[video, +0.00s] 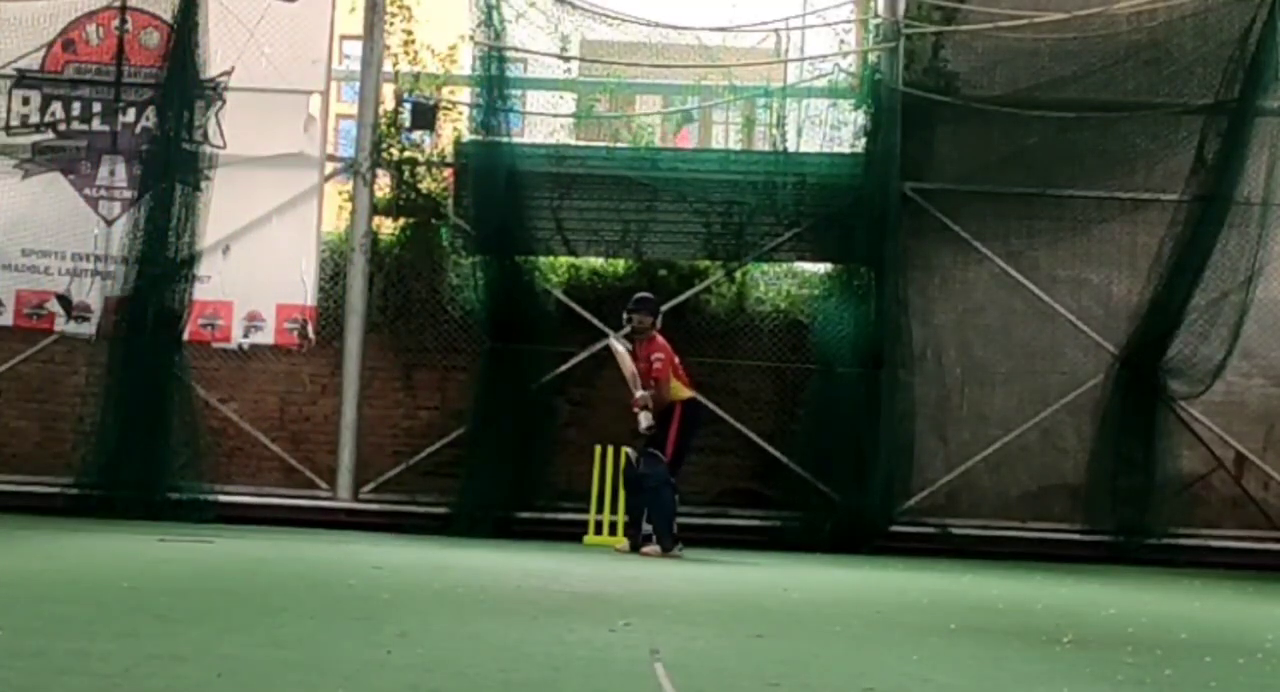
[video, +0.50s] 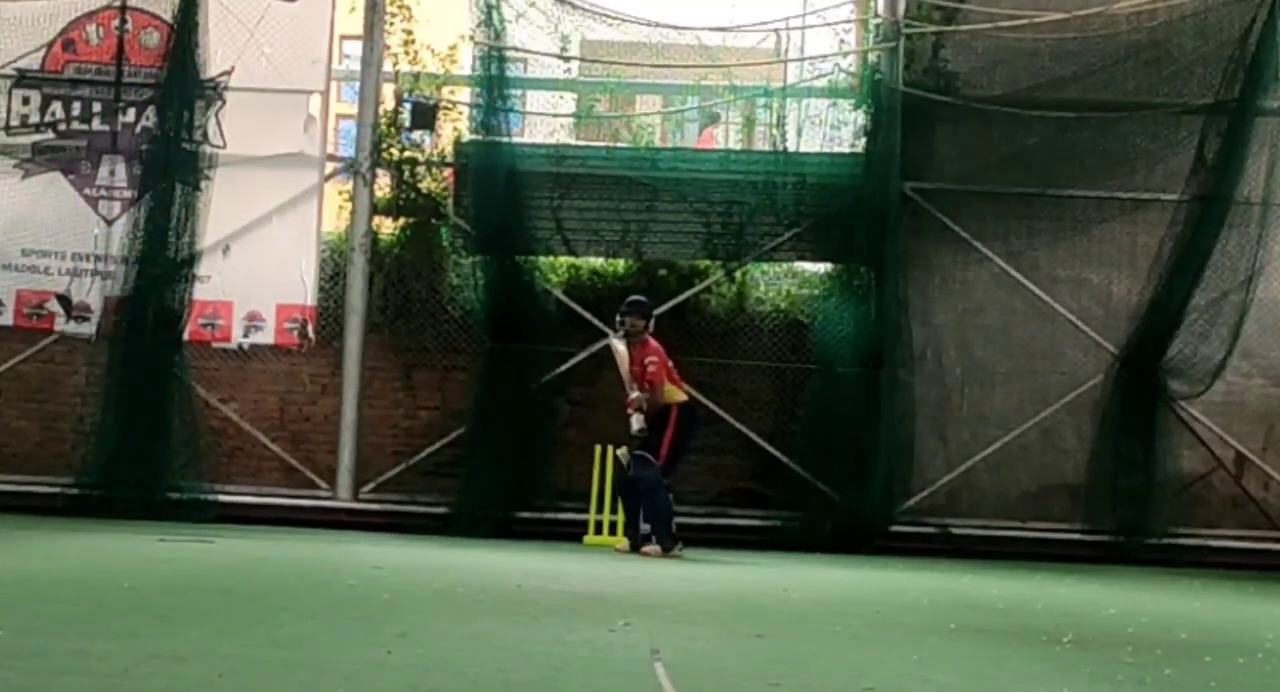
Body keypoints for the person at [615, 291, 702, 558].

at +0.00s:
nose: (638, 320)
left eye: (645, 316)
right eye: (634, 314)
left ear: (654, 319)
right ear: (628, 317)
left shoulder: (657, 347)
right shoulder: (637, 346)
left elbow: (664, 391)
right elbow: (636, 379)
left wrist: (645, 398)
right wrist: (641, 408)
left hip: (683, 403)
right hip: (663, 403)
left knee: (663, 468)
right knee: (648, 465)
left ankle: (666, 538)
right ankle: (640, 534)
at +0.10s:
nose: (638, 320)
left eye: (644, 316)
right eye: (634, 315)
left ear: (654, 319)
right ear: (628, 318)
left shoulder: (657, 347)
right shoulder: (638, 347)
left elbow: (662, 391)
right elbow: (640, 381)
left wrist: (645, 397)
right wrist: (642, 403)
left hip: (682, 403)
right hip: (662, 403)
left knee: (663, 468)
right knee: (649, 464)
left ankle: (665, 538)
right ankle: (640, 534)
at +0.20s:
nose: (637, 321)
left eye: (643, 316)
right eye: (632, 315)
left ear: (653, 320)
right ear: (626, 317)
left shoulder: (656, 348)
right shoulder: (636, 346)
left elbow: (662, 391)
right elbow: (635, 381)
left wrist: (643, 396)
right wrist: (639, 408)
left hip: (680, 403)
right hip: (660, 403)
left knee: (662, 469)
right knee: (648, 465)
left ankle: (666, 538)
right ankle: (641, 534)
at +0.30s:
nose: (635, 321)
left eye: (642, 316)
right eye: (631, 315)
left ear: (652, 320)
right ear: (625, 318)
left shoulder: (655, 349)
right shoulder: (634, 347)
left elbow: (661, 392)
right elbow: (636, 381)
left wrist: (644, 396)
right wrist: (638, 407)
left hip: (680, 403)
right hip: (659, 404)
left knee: (661, 469)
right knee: (645, 465)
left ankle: (666, 538)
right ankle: (638, 535)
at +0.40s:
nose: (633, 322)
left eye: (639, 317)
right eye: (629, 316)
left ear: (650, 321)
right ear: (623, 318)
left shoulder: (654, 350)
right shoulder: (633, 347)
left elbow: (660, 393)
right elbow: (634, 382)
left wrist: (643, 397)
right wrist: (636, 410)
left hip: (678, 404)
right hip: (658, 405)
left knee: (660, 469)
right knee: (644, 465)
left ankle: (665, 538)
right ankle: (639, 535)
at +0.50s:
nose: (630, 323)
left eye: (637, 319)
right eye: (626, 318)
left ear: (647, 322)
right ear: (621, 320)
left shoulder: (651, 351)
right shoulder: (631, 348)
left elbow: (658, 395)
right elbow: (632, 383)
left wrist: (641, 399)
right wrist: (634, 410)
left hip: (677, 405)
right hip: (656, 406)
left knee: (654, 470)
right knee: (638, 467)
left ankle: (666, 539)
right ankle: (638, 536)